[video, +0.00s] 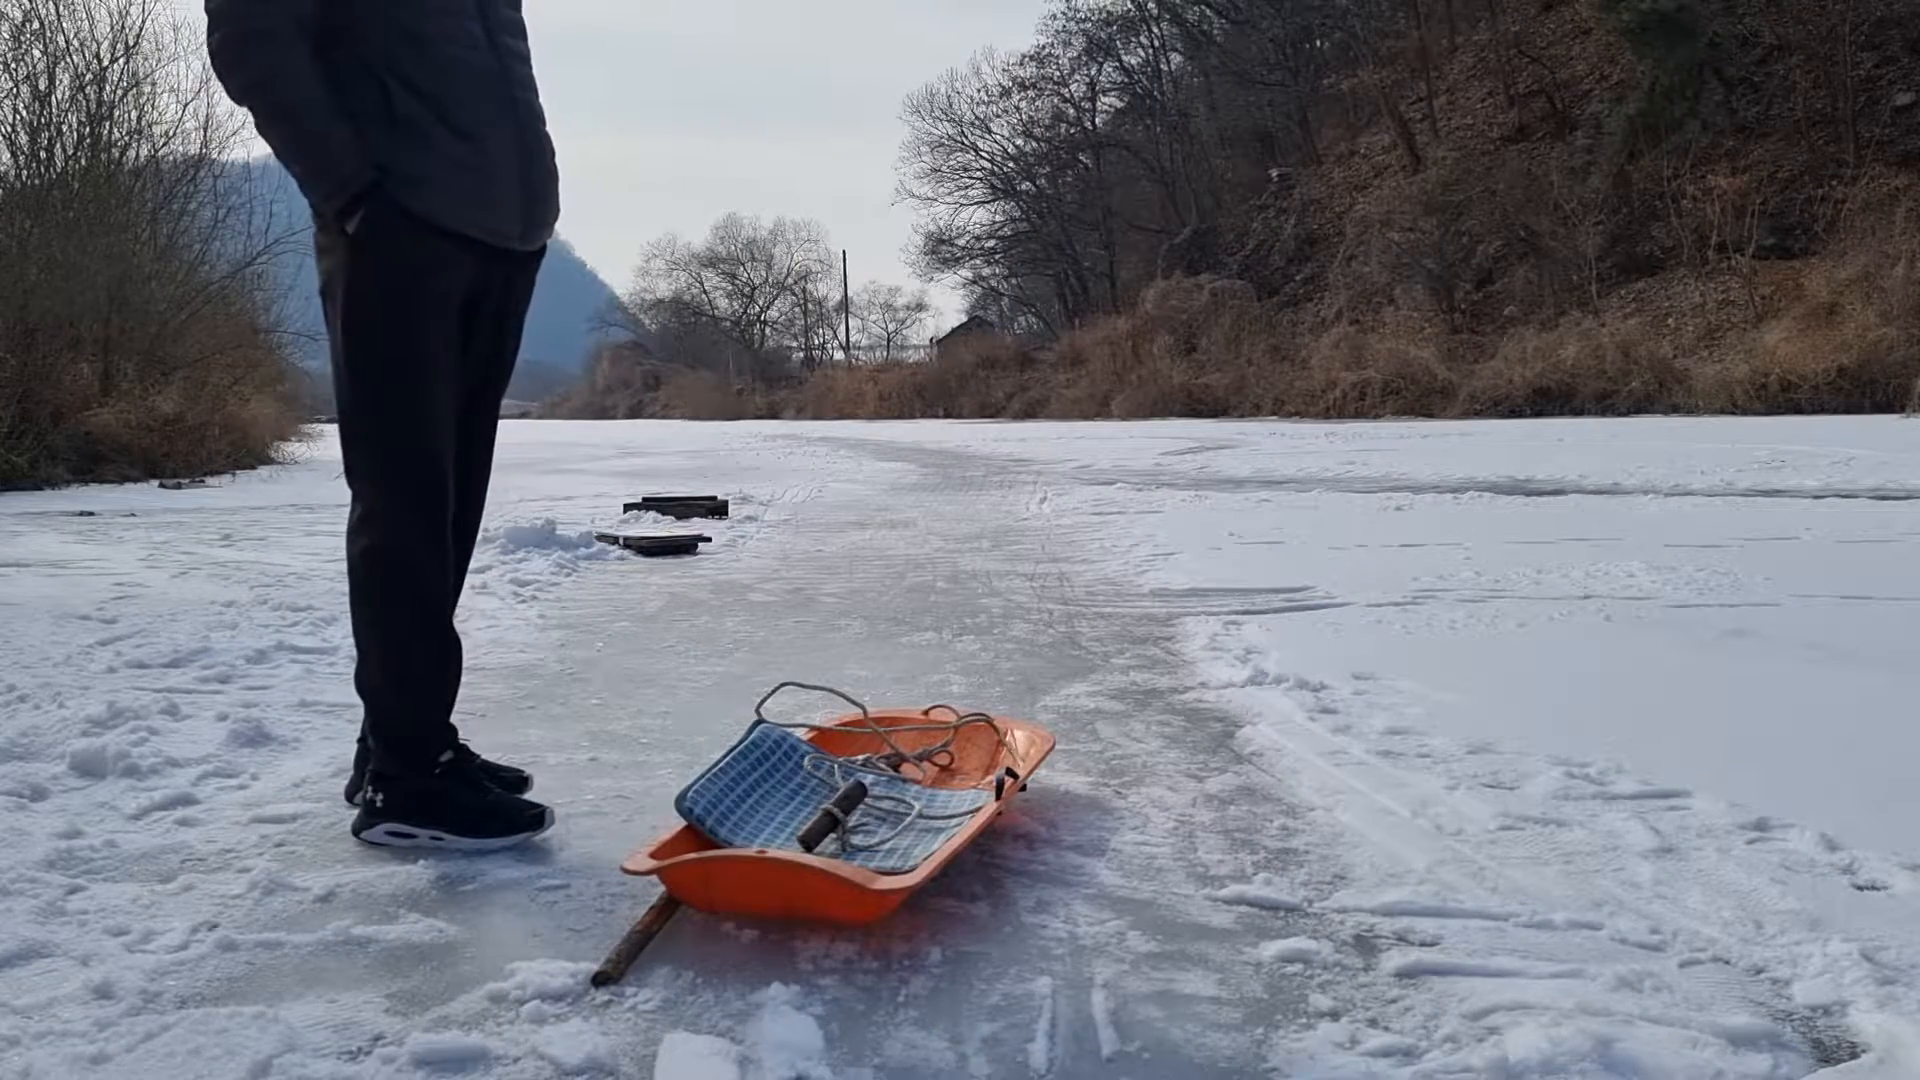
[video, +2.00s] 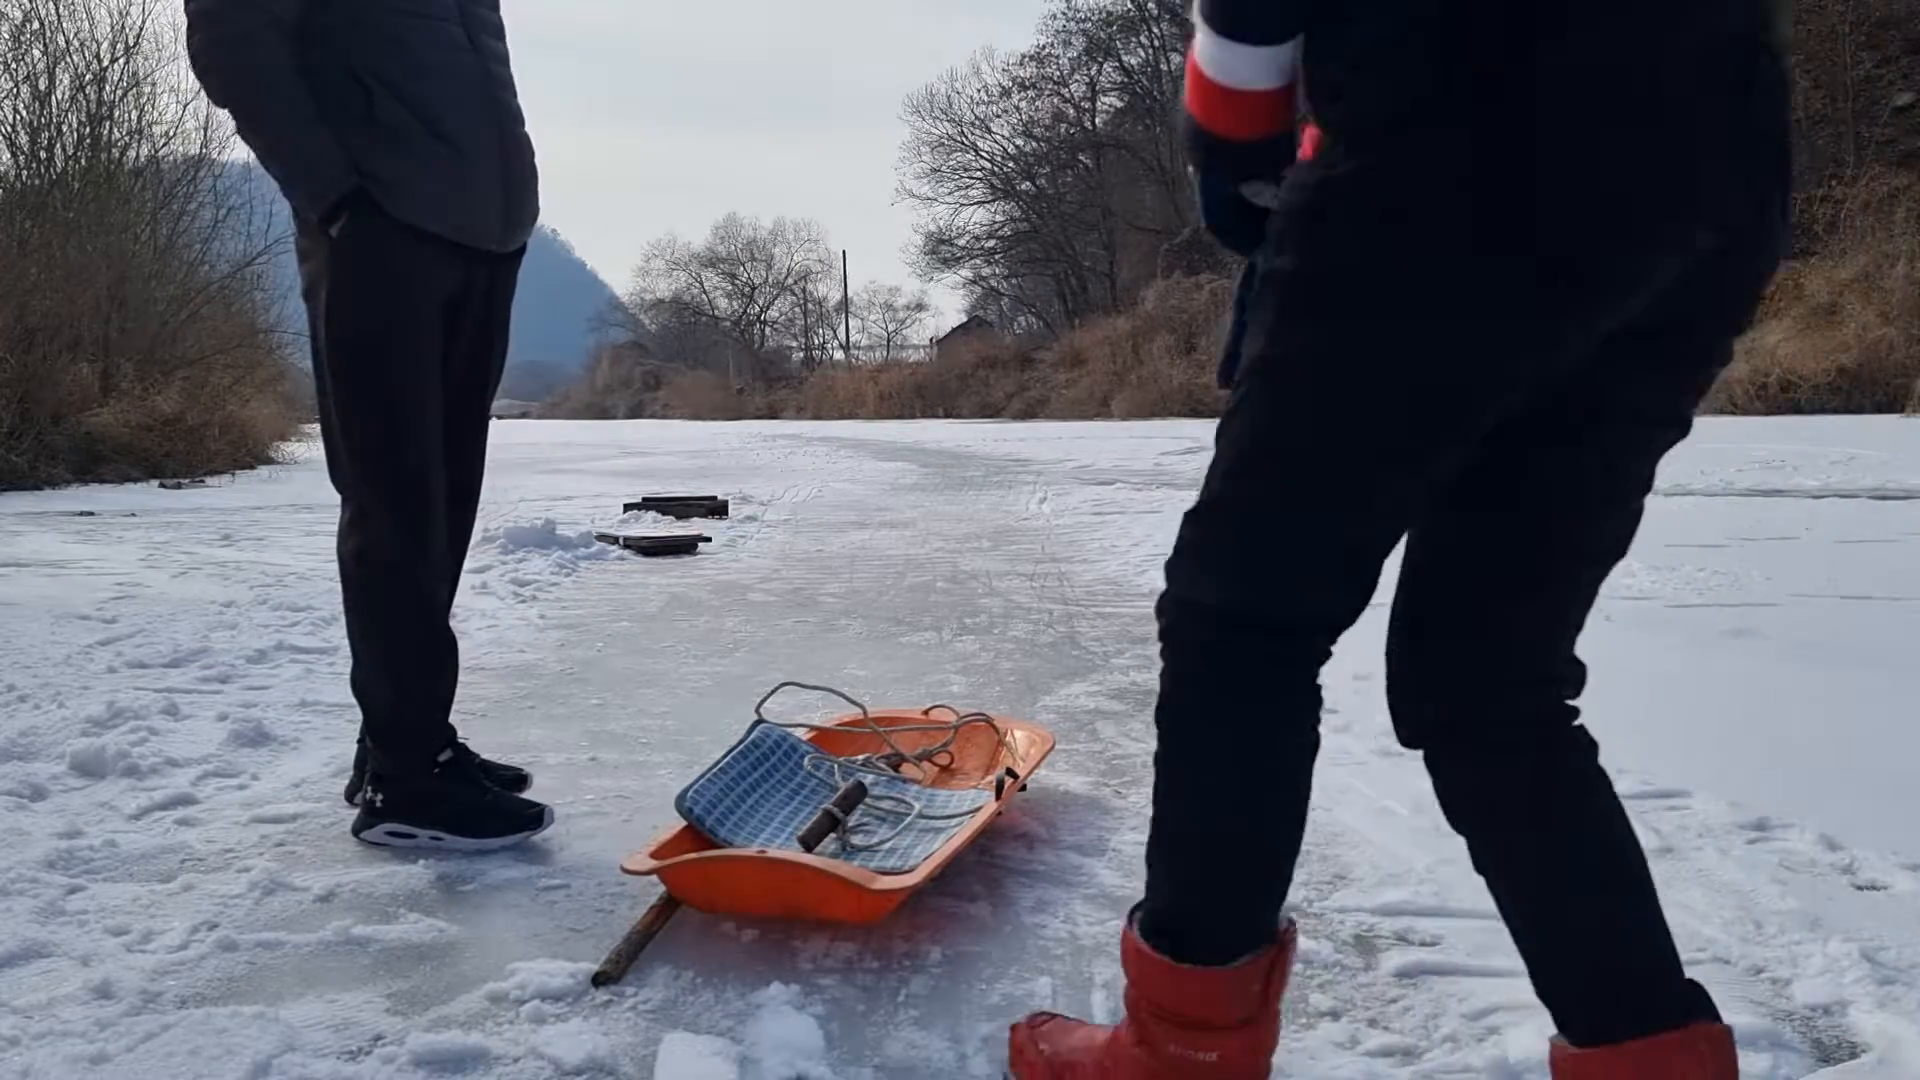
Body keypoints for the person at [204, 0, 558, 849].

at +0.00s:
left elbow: (497, 39)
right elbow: (247, 33)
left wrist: (526, 179)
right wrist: (347, 191)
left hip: (502, 221)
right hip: (396, 212)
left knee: (449, 499)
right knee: (403, 499)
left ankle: (414, 748)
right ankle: (405, 773)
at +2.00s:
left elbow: (476, 35)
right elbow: (227, 33)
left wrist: (506, 182)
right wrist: (334, 197)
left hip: (483, 222)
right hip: (378, 218)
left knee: (444, 501)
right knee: (394, 502)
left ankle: (413, 747)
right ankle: (402, 776)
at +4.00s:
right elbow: (271, 31)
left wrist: (516, 193)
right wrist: (383, 192)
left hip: (487, 224)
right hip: (407, 216)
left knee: (446, 497)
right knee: (404, 496)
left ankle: (416, 747)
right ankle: (400, 771)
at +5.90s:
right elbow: (269, 34)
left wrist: (513, 202)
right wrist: (386, 199)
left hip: (485, 237)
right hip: (409, 227)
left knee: (444, 504)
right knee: (403, 503)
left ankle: (416, 748)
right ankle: (400, 772)